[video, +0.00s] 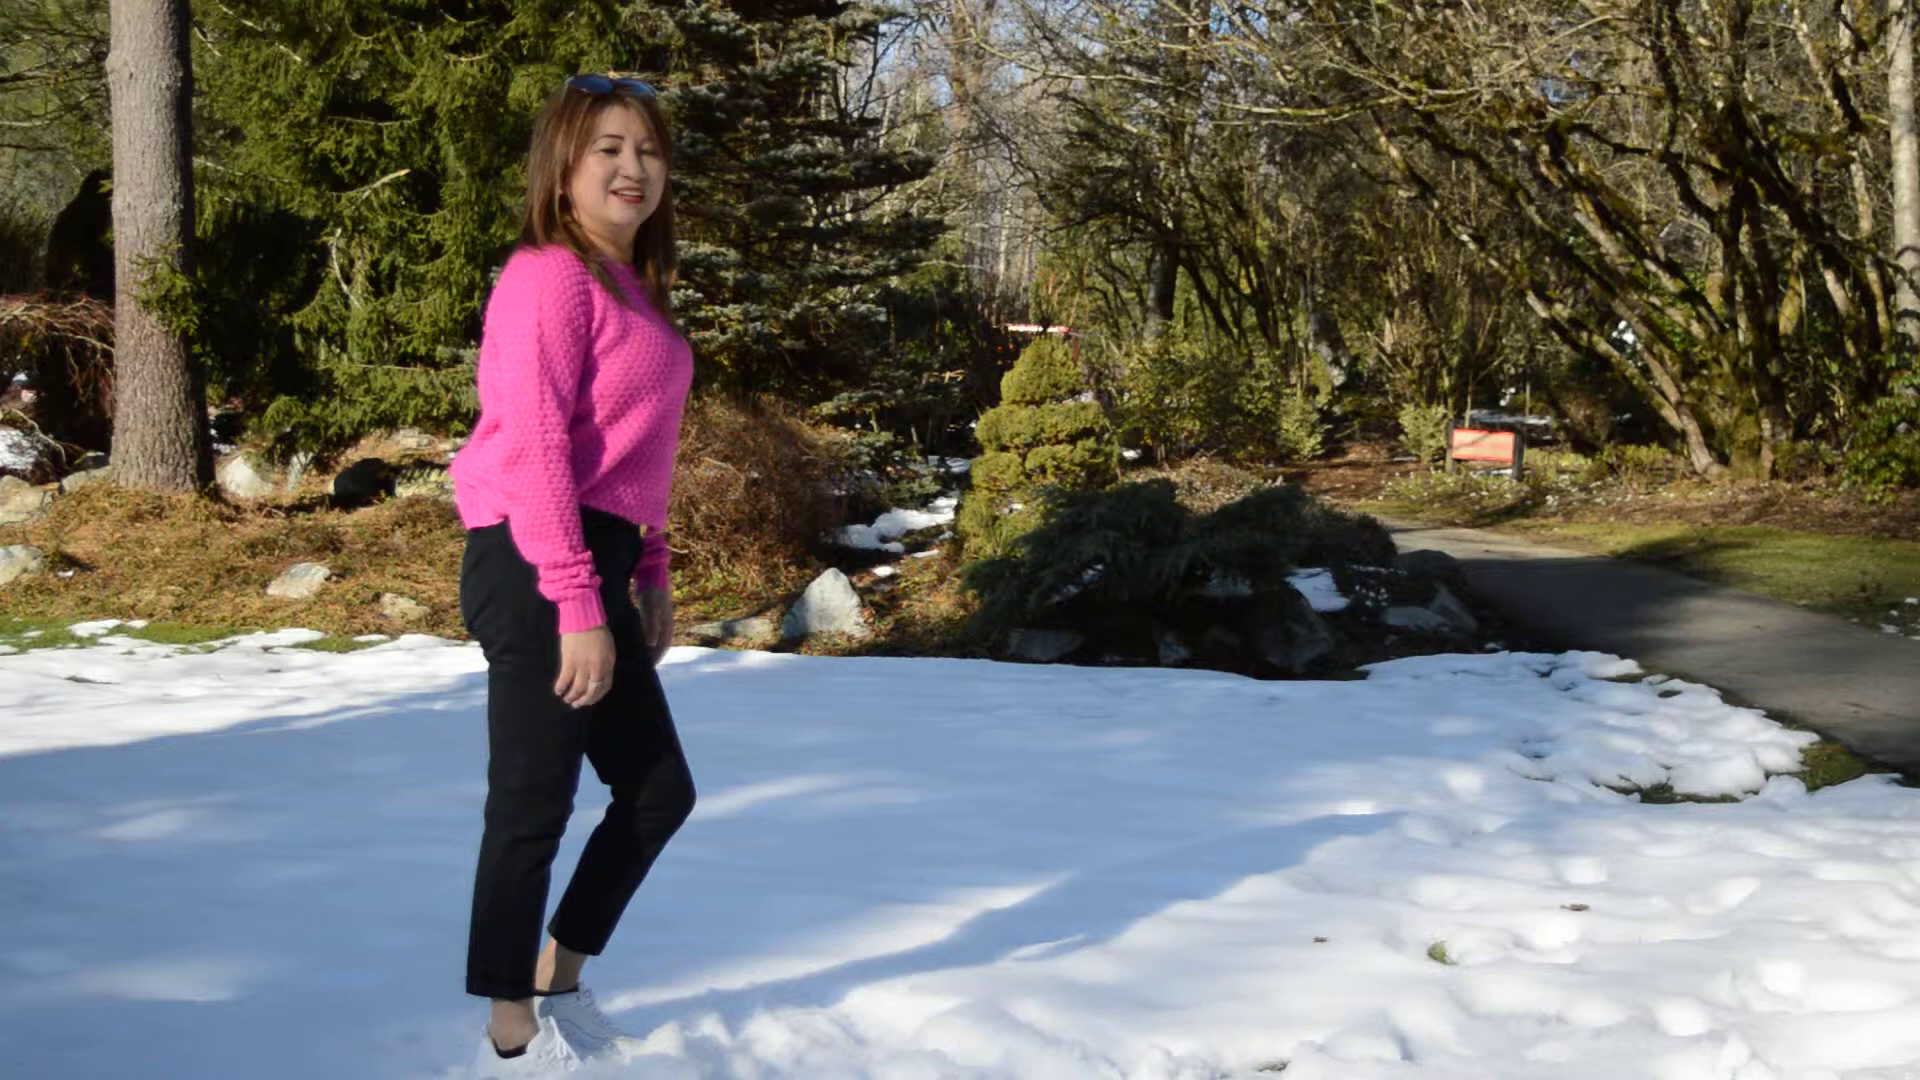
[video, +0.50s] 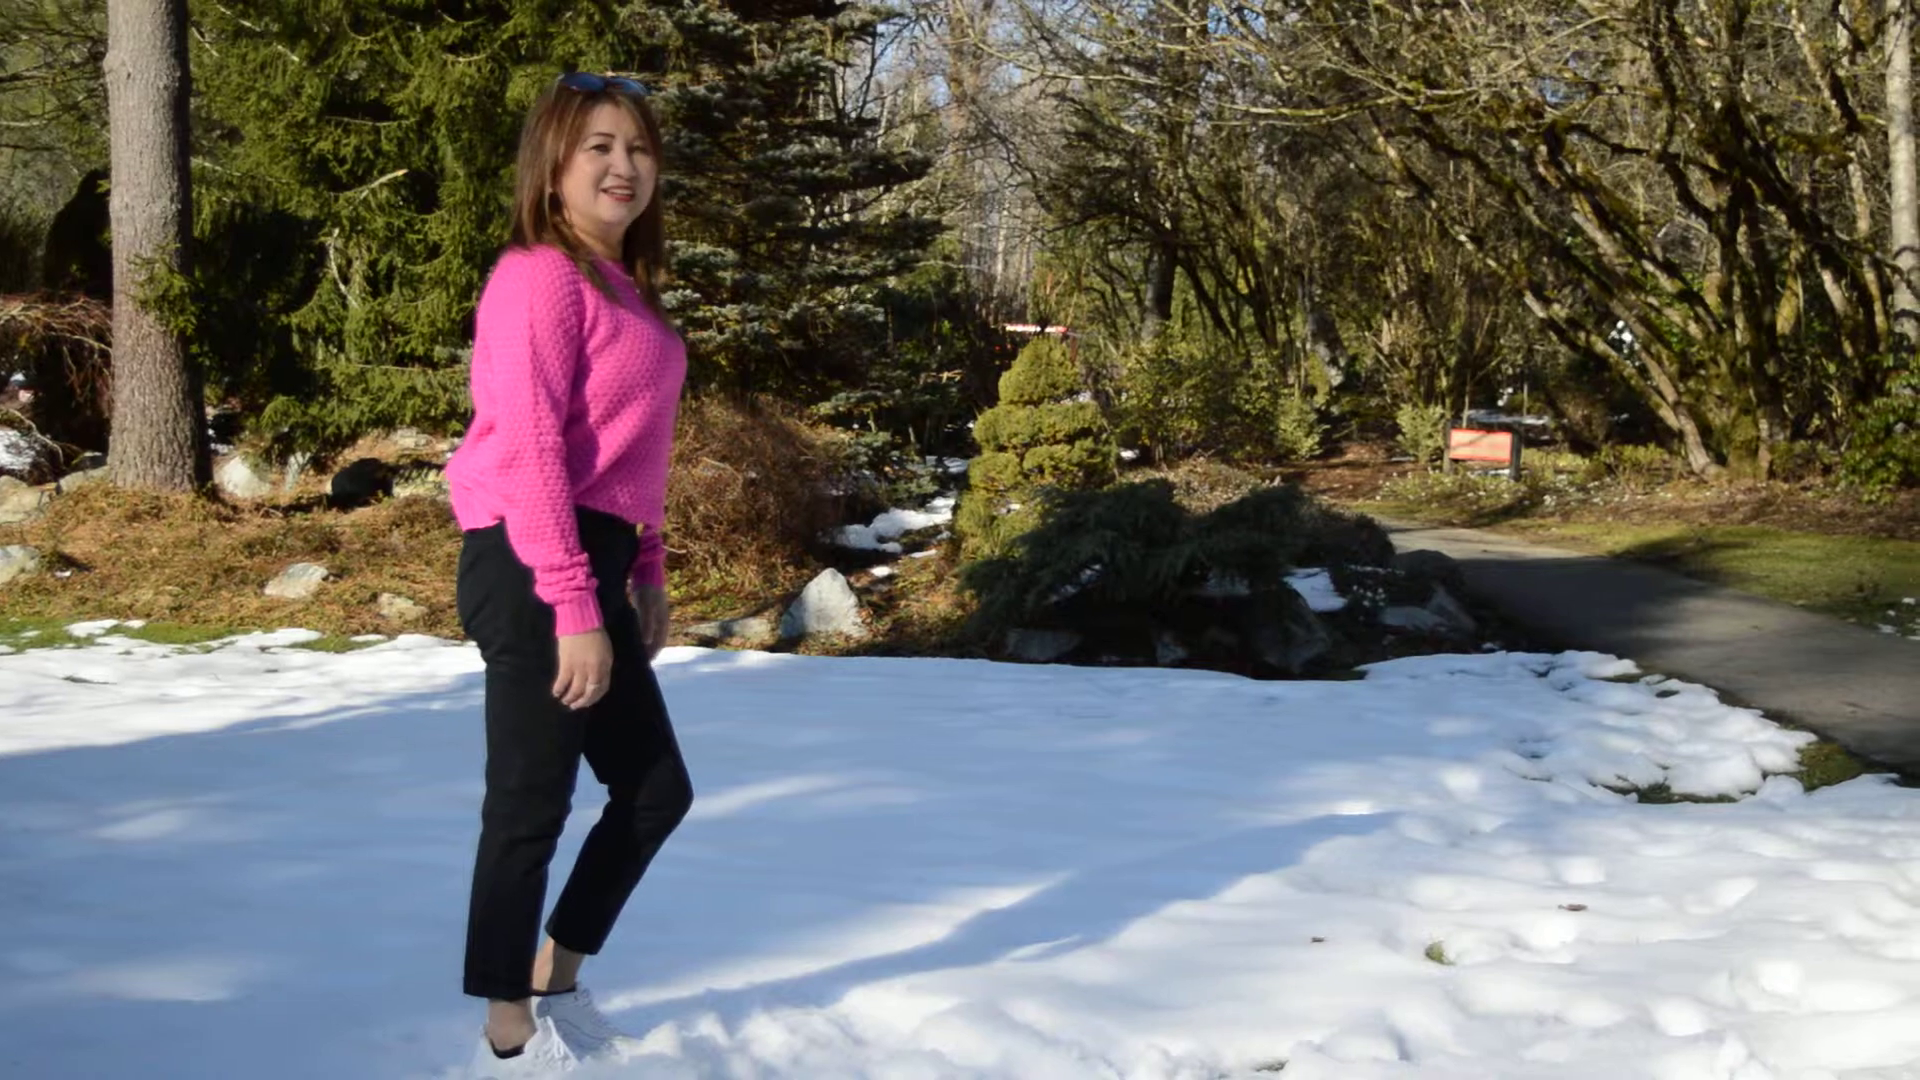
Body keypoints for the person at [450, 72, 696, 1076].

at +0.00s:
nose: (631, 167)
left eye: (647, 151)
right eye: (608, 148)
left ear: (663, 175)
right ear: (562, 167)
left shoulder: (635, 292)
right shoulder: (545, 276)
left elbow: (637, 453)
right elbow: (535, 451)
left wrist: (651, 572)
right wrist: (575, 608)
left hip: (600, 555)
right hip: (529, 550)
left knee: (659, 791)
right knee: (532, 796)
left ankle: (558, 978)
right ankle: (508, 1037)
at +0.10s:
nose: (631, 167)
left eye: (646, 151)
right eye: (607, 149)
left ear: (662, 174)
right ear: (562, 167)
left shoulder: (635, 292)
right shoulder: (545, 278)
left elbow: (637, 453)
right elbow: (536, 453)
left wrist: (651, 572)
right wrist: (577, 609)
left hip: (601, 555)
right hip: (529, 550)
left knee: (658, 790)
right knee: (532, 795)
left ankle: (557, 979)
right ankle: (508, 1036)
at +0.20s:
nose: (629, 167)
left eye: (645, 150)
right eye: (605, 148)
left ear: (661, 174)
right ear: (560, 166)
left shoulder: (634, 292)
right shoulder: (544, 277)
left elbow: (638, 454)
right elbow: (535, 454)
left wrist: (651, 574)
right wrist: (577, 610)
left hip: (599, 555)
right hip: (528, 551)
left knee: (657, 790)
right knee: (532, 794)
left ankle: (555, 980)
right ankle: (508, 1036)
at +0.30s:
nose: (627, 166)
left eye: (643, 150)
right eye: (603, 147)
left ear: (659, 174)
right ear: (558, 165)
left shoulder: (630, 293)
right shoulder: (541, 278)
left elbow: (636, 454)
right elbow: (535, 453)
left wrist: (651, 572)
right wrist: (577, 610)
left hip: (599, 555)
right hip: (528, 550)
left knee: (656, 790)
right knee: (532, 792)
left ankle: (555, 980)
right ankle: (508, 1035)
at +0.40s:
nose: (625, 166)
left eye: (640, 149)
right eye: (602, 146)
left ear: (655, 173)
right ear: (556, 165)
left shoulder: (626, 291)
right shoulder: (538, 279)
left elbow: (635, 450)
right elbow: (533, 453)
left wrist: (649, 570)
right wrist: (575, 610)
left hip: (597, 555)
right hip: (527, 552)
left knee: (656, 790)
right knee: (531, 796)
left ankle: (554, 979)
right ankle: (508, 1037)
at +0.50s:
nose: (623, 166)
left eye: (638, 149)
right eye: (600, 146)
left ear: (654, 173)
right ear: (553, 166)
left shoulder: (625, 292)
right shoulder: (536, 278)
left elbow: (634, 451)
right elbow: (531, 453)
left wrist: (647, 571)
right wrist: (572, 610)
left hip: (596, 555)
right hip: (525, 551)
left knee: (655, 790)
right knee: (530, 794)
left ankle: (554, 978)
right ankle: (506, 1038)